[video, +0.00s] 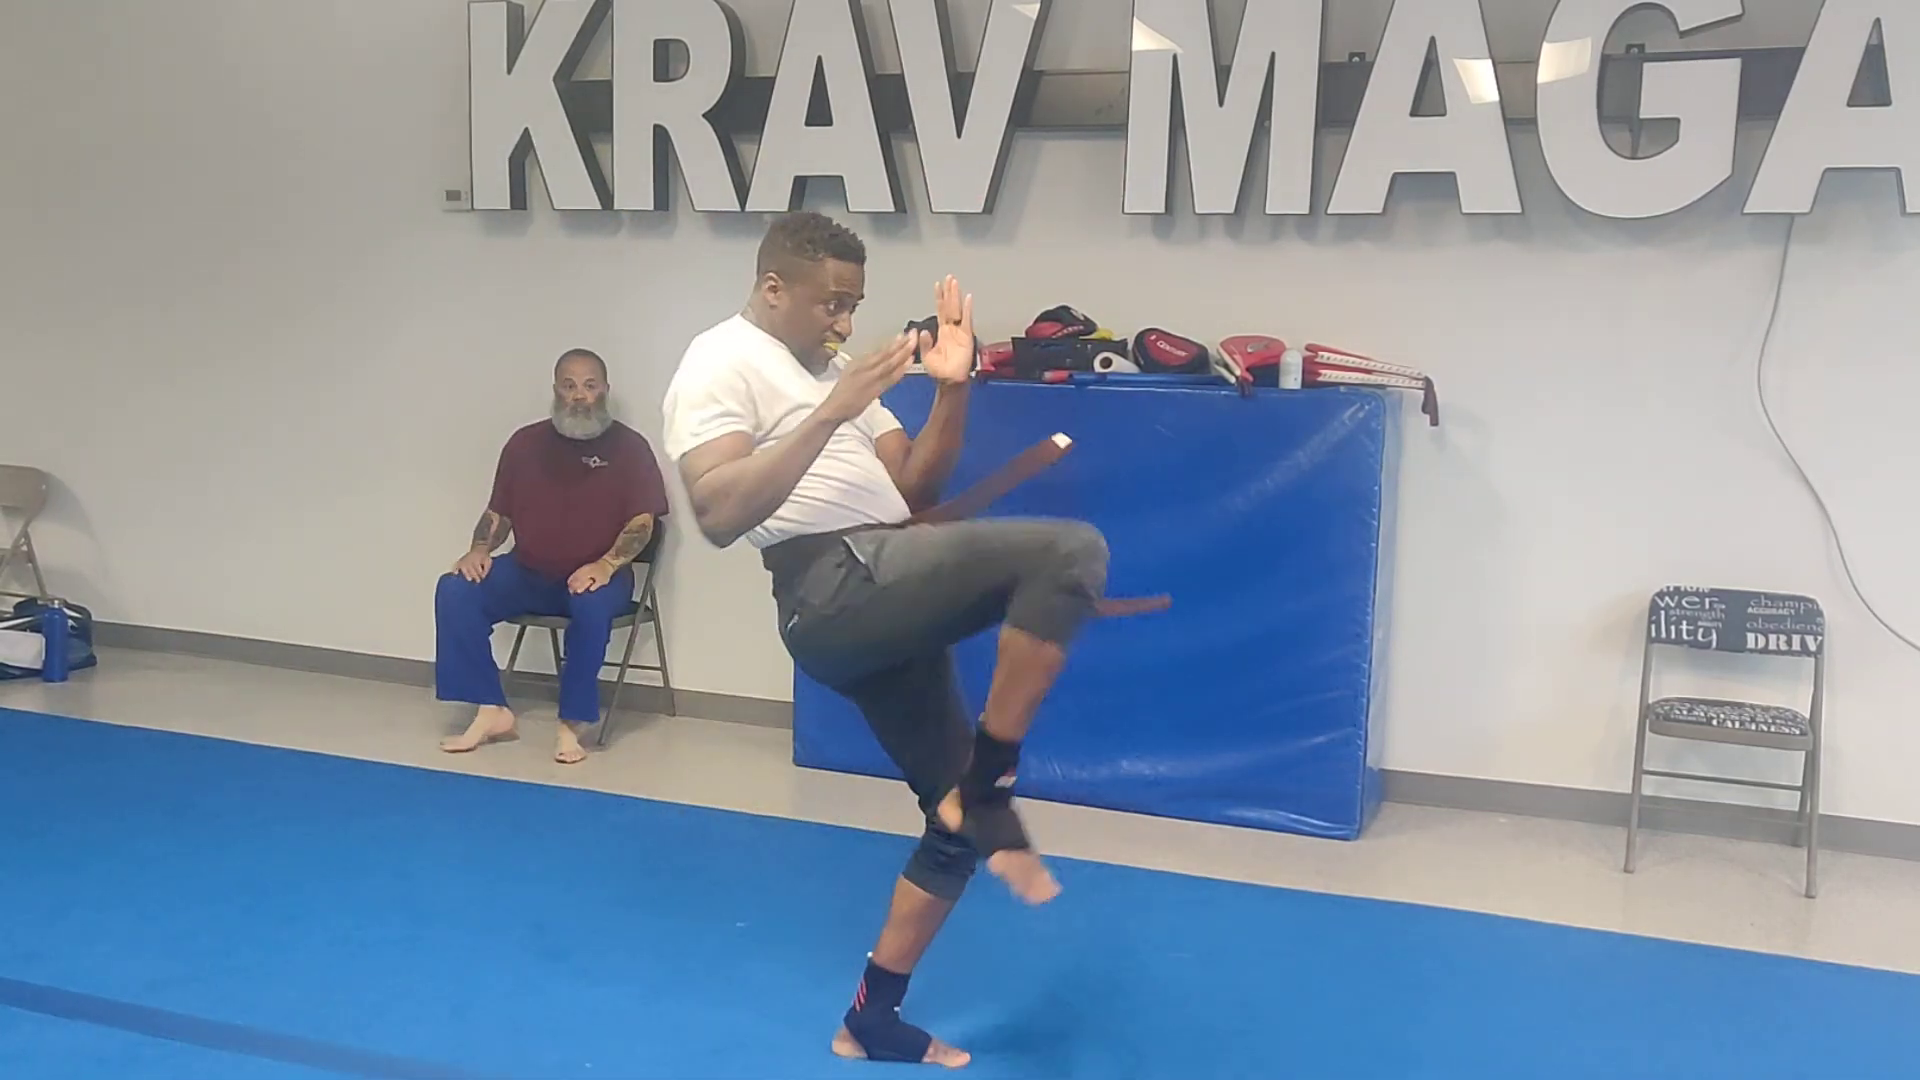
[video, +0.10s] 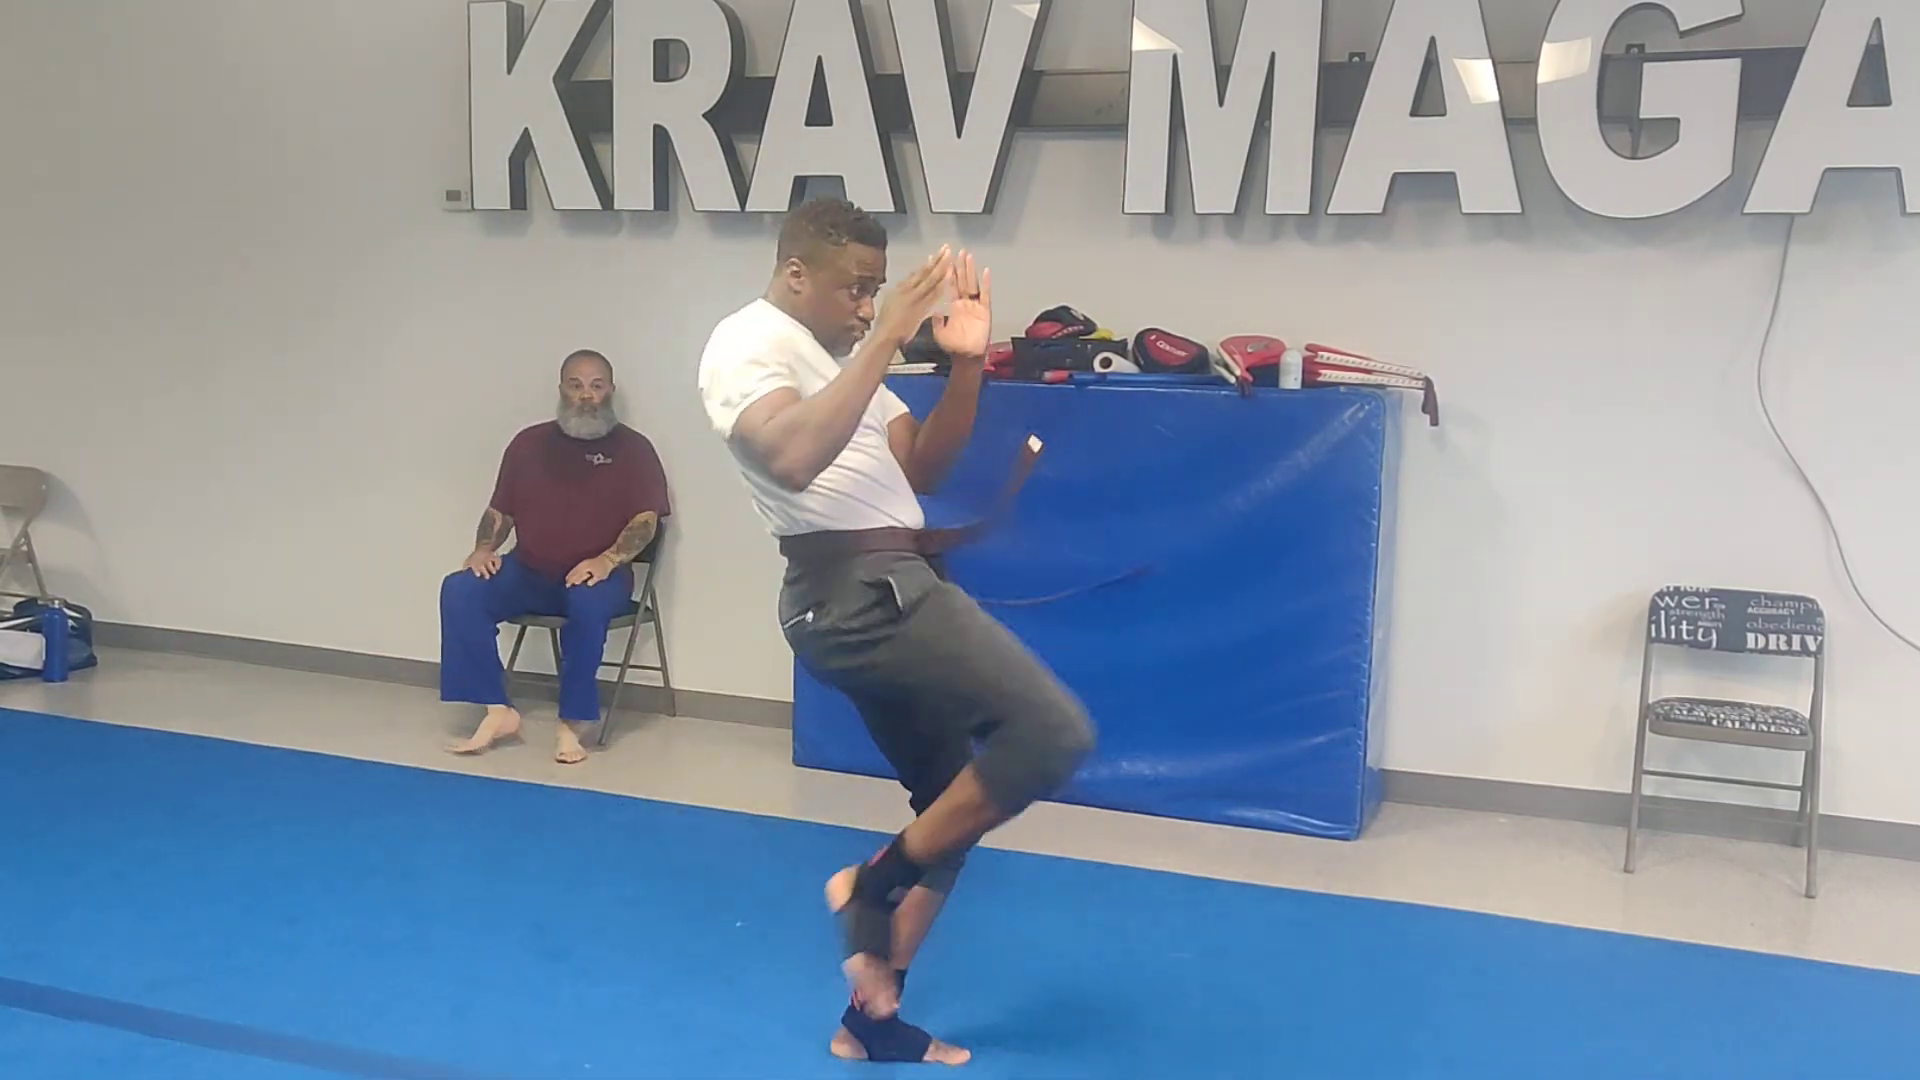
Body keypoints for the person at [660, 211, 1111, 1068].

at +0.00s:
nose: (845, 320)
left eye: (852, 305)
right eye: (833, 302)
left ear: (850, 301)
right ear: (772, 291)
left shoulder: (834, 372)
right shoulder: (717, 363)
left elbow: (915, 484)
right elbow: (716, 514)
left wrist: (953, 388)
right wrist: (829, 414)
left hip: (884, 583)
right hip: (832, 587)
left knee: (960, 815)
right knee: (1068, 552)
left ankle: (875, 1015)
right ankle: (987, 791)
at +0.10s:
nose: (868, 305)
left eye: (873, 290)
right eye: (853, 286)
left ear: (860, 291)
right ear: (795, 276)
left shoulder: (846, 358)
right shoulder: (745, 342)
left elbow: (920, 466)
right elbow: (790, 455)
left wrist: (967, 368)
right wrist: (885, 337)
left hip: (890, 583)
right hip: (855, 588)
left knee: (955, 808)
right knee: (1051, 732)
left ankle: (871, 1014)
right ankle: (873, 886)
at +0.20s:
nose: (889, 295)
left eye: (895, 277)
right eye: (876, 274)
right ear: (811, 264)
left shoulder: (853, 344)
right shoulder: (766, 331)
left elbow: (917, 434)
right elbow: (884, 412)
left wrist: (965, 349)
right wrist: (935, 296)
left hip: (921, 574)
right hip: (856, 586)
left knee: (982, 806)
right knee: (928, 827)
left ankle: (880, 1005)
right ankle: (760, 994)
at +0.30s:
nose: (923, 319)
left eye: (926, 302)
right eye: (908, 300)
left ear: (865, 294)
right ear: (847, 287)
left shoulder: (866, 353)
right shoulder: (809, 358)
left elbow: (936, 444)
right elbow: (963, 454)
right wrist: (989, 314)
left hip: (908, 606)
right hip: (832, 621)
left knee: (1049, 775)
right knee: (845, 873)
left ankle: (970, 962)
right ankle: (707, 1041)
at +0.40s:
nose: (966, 362)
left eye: (973, 346)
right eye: (955, 346)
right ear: (893, 333)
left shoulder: (920, 399)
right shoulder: (834, 411)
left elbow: (976, 499)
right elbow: (954, 537)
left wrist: (1023, 412)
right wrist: (1013, 403)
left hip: (911, 638)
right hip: (823, 649)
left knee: (1047, 804)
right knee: (844, 894)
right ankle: (709, 1042)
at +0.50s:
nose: (1010, 401)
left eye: (1018, 383)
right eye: (995, 381)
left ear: (1024, 370)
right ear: (937, 360)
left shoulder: (994, 425)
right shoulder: (865, 421)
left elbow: (1053, 532)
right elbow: (917, 572)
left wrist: (1078, 446)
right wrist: (1029, 465)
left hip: (940, 645)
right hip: (848, 647)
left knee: (1073, 812)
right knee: (858, 886)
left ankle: (1110, 958)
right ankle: (709, 1043)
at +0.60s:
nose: (1054, 400)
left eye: (1064, 382)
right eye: (1037, 382)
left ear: (1075, 370)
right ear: (987, 358)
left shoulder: (1070, 409)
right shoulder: (905, 407)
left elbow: (1142, 526)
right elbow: (898, 553)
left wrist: (1142, 453)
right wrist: (1012, 476)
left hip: (995, 627)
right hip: (893, 621)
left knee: (1121, 803)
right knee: (847, 835)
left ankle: (1121, 958)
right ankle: (718, 1029)